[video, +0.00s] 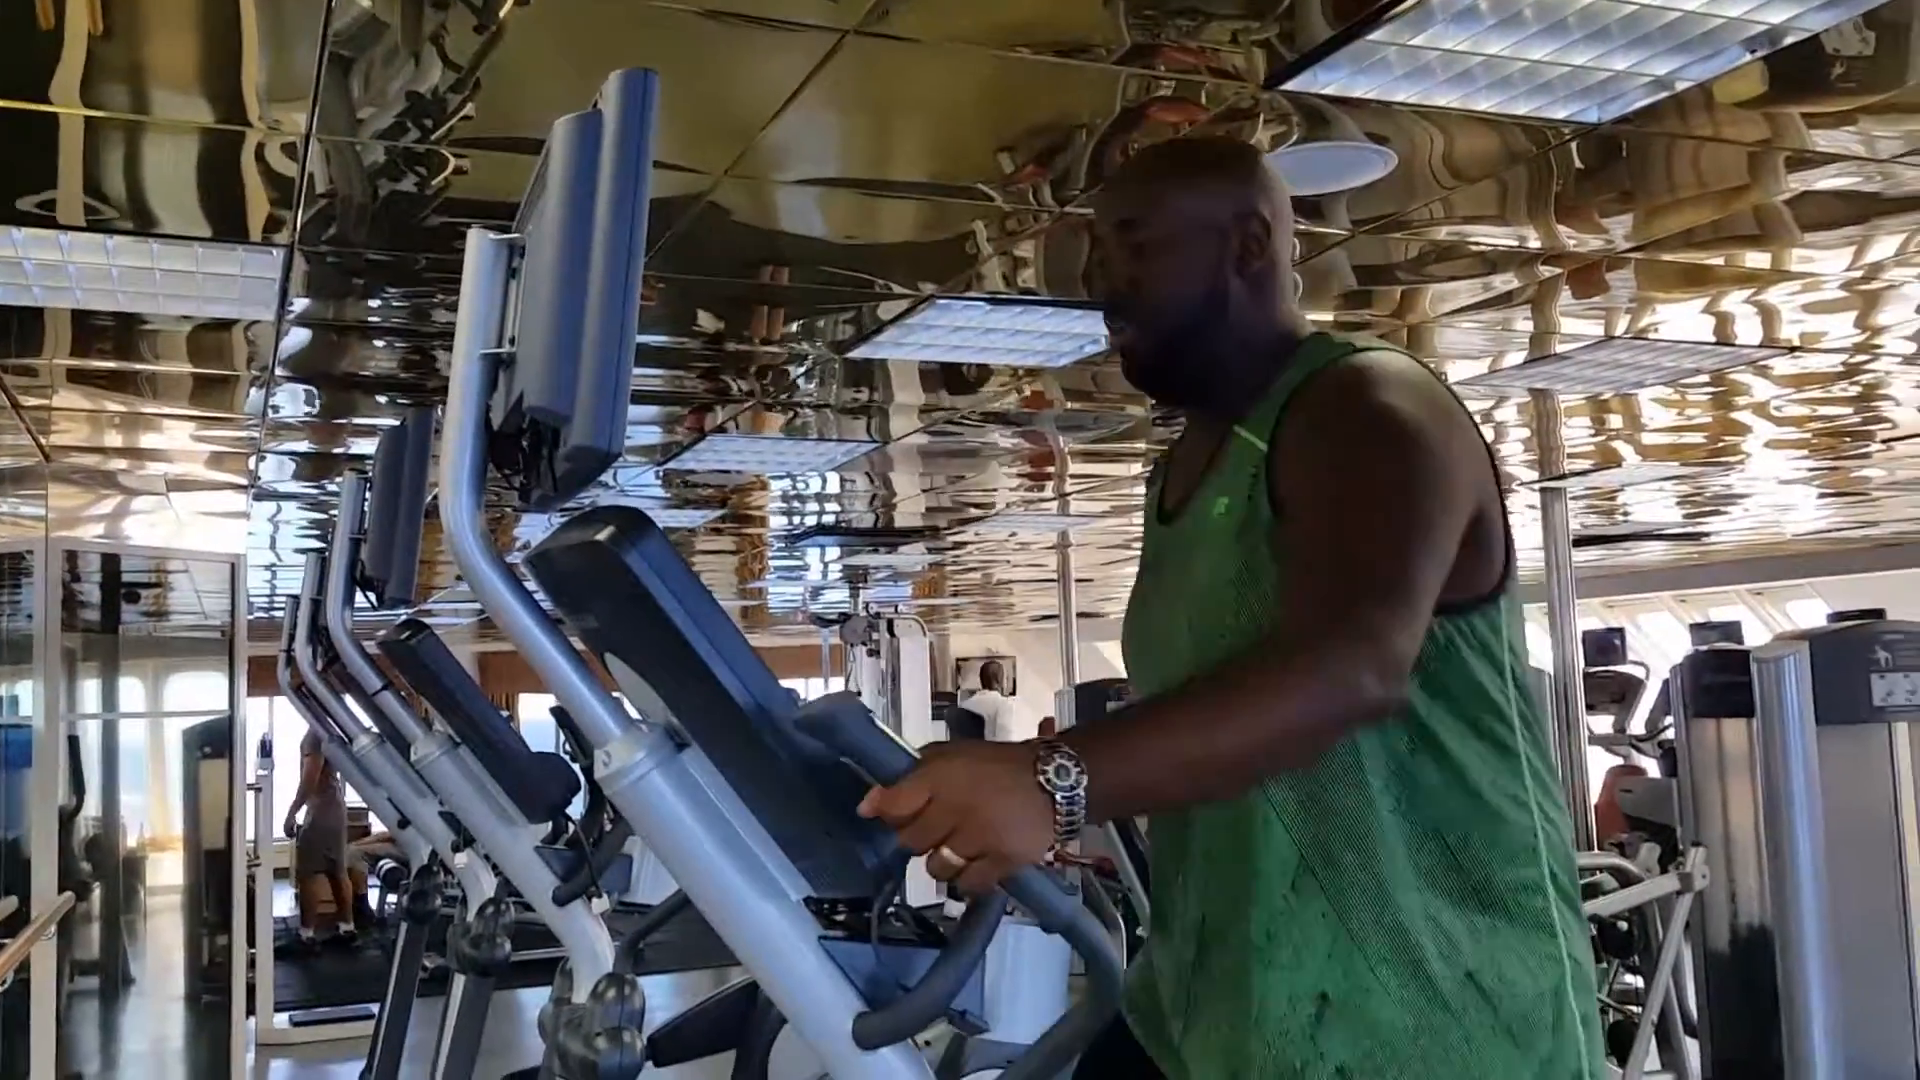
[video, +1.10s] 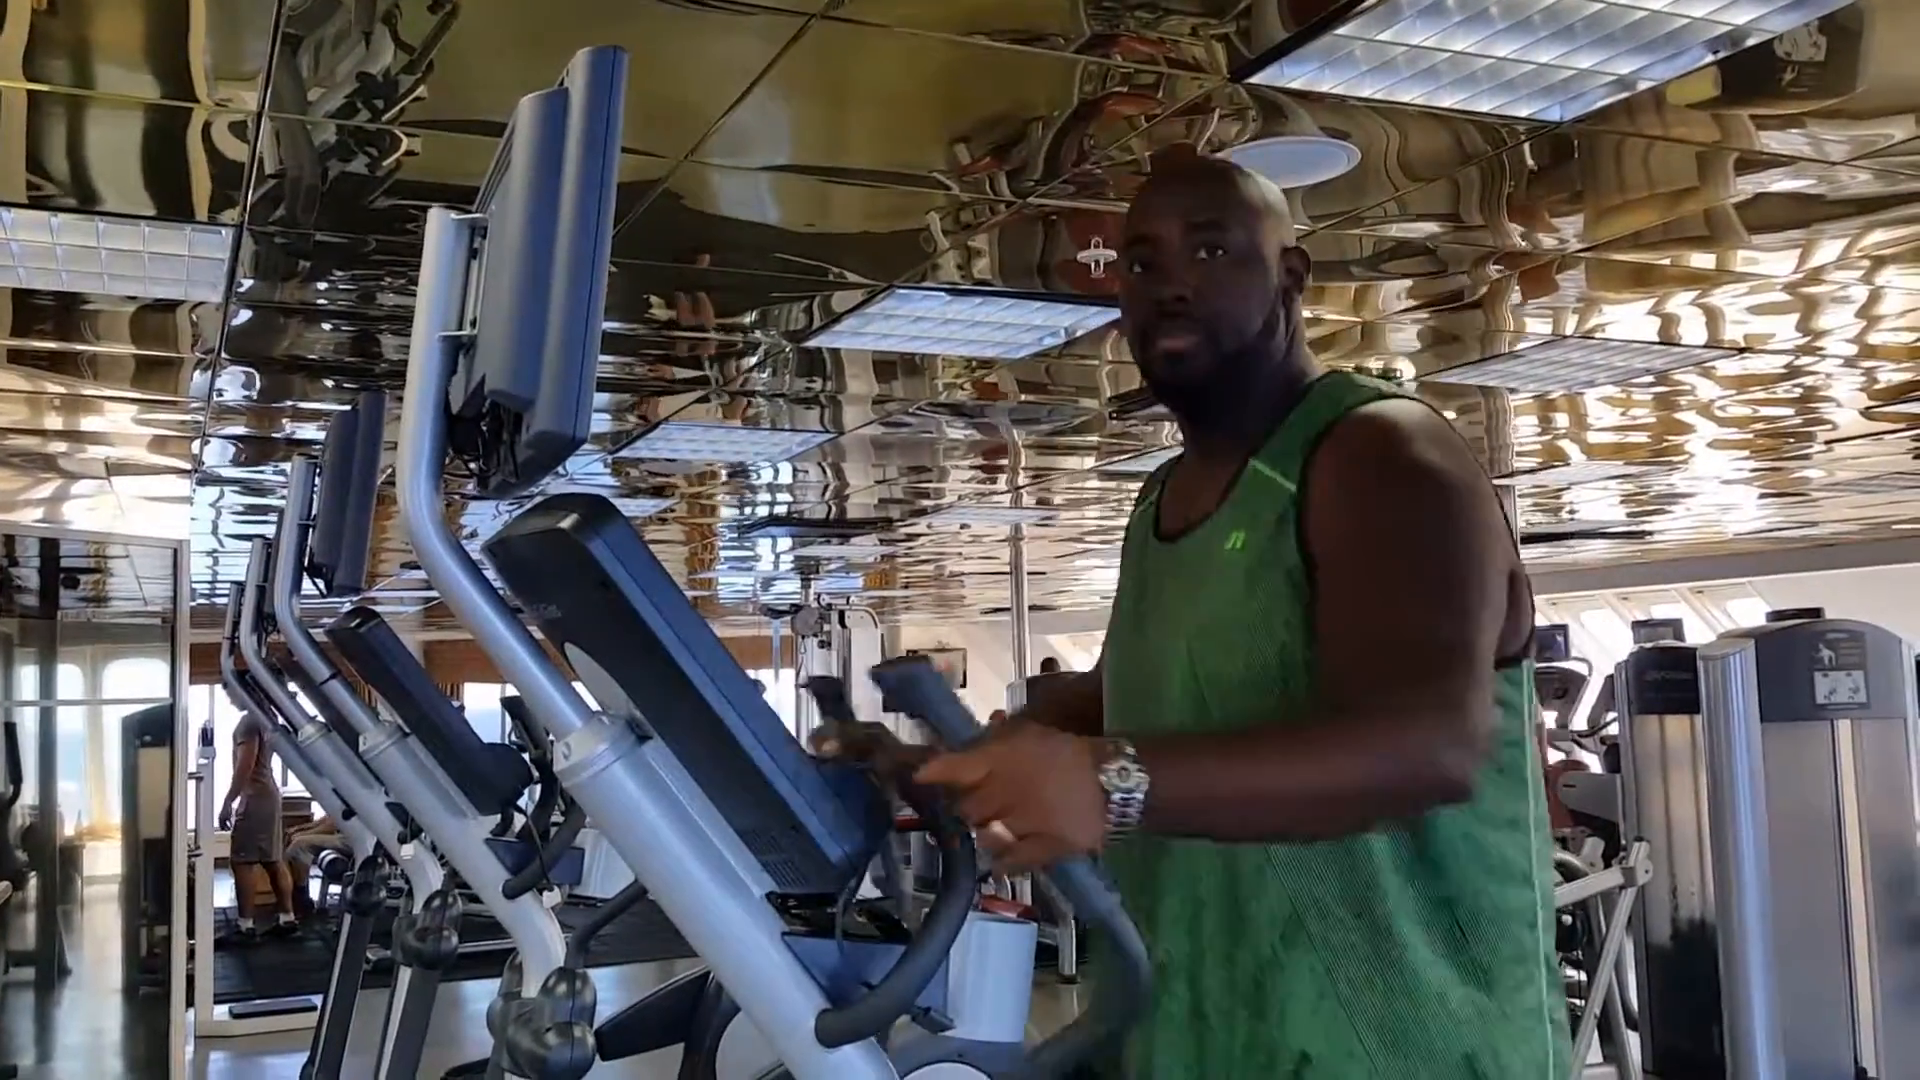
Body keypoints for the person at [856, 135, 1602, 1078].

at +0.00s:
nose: (1103, 286)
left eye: (1136, 246)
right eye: (1102, 255)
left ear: (1248, 245)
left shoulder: (1377, 409)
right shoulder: (1188, 456)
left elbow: (1360, 661)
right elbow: (1225, 702)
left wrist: (1062, 784)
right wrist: (1055, 772)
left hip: (1418, 1024)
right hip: (1231, 1009)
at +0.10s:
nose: (1087, 252)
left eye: (1116, 216)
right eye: (1079, 227)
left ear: (1223, 218)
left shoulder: (1355, 380)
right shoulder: (1159, 434)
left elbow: (1325, 629)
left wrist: (1050, 774)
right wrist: (1089, 735)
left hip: (1399, 1002)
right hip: (1214, 992)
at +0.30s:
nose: (1074, 291)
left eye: (1107, 253)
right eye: (1070, 260)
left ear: (1219, 261)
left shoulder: (1340, 424)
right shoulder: (1110, 485)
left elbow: (1369, 674)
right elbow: (1102, 681)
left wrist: (1123, 773)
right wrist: (952, 773)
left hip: (1356, 1014)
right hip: (1176, 1015)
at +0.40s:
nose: (1076, 333)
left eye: (1109, 291)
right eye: (1071, 303)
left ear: (1217, 299)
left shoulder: (1342, 461)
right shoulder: (1098, 526)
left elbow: (1460, 715)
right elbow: (1044, 730)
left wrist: (1217, 793)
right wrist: (858, 761)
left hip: (1346, 1023)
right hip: (1157, 1025)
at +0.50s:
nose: (1078, 321)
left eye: (1110, 286)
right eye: (1071, 293)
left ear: (1218, 295)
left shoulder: (1351, 453)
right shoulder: (1089, 528)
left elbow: (1528, 700)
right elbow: (995, 724)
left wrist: (1317, 820)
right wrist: (789, 758)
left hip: (1353, 1002)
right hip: (1159, 1008)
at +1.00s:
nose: (1145, 276)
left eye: (1192, 236)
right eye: (1127, 255)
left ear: (1283, 265)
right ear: (1110, 290)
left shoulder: (1388, 460)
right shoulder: (1139, 512)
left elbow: (1517, 738)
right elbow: (1052, 712)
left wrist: (1210, 803)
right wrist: (842, 756)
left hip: (1407, 1046)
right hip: (1168, 1044)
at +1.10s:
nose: (1166, 286)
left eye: (1211, 247)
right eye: (1140, 262)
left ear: (1292, 279)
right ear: (1120, 295)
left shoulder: (1394, 459)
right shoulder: (1167, 496)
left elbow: (1432, 743)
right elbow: (1150, 696)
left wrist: (1118, 784)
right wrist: (980, 750)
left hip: (1396, 1037)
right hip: (1191, 1032)